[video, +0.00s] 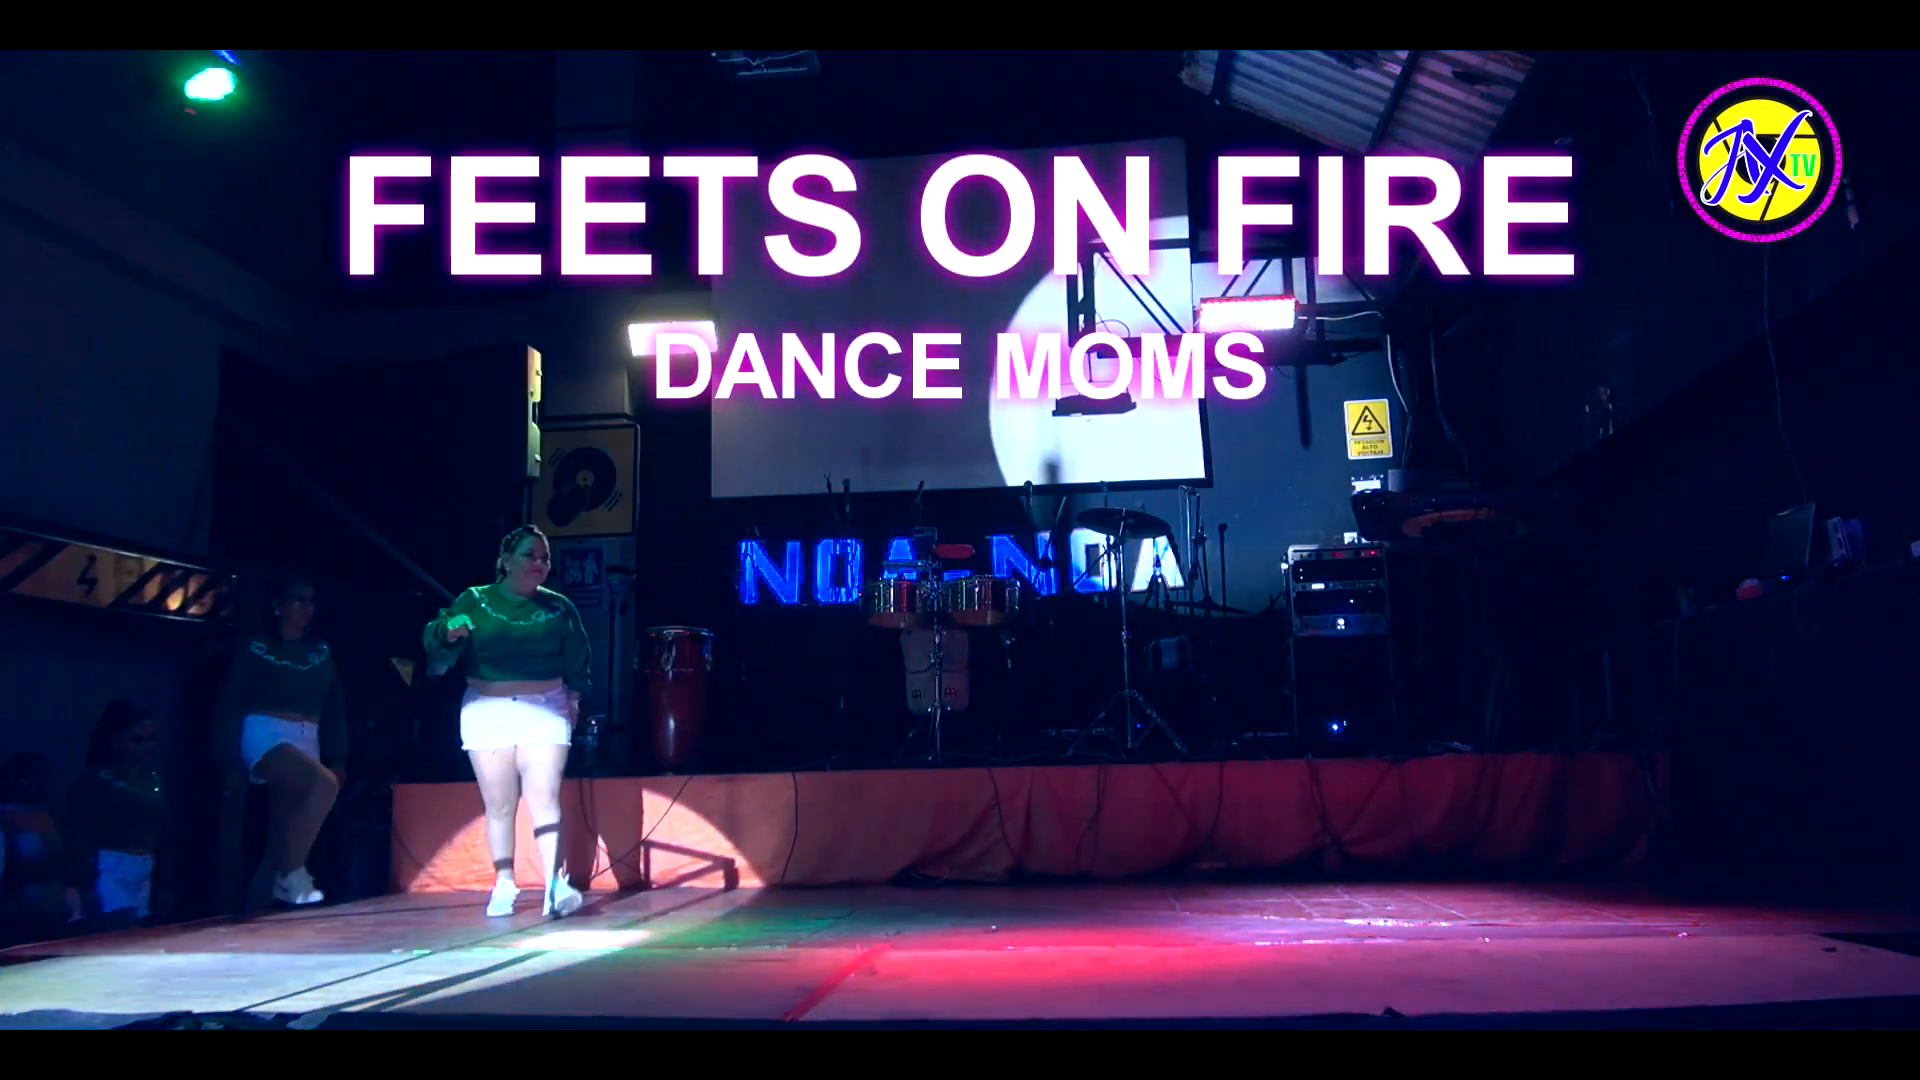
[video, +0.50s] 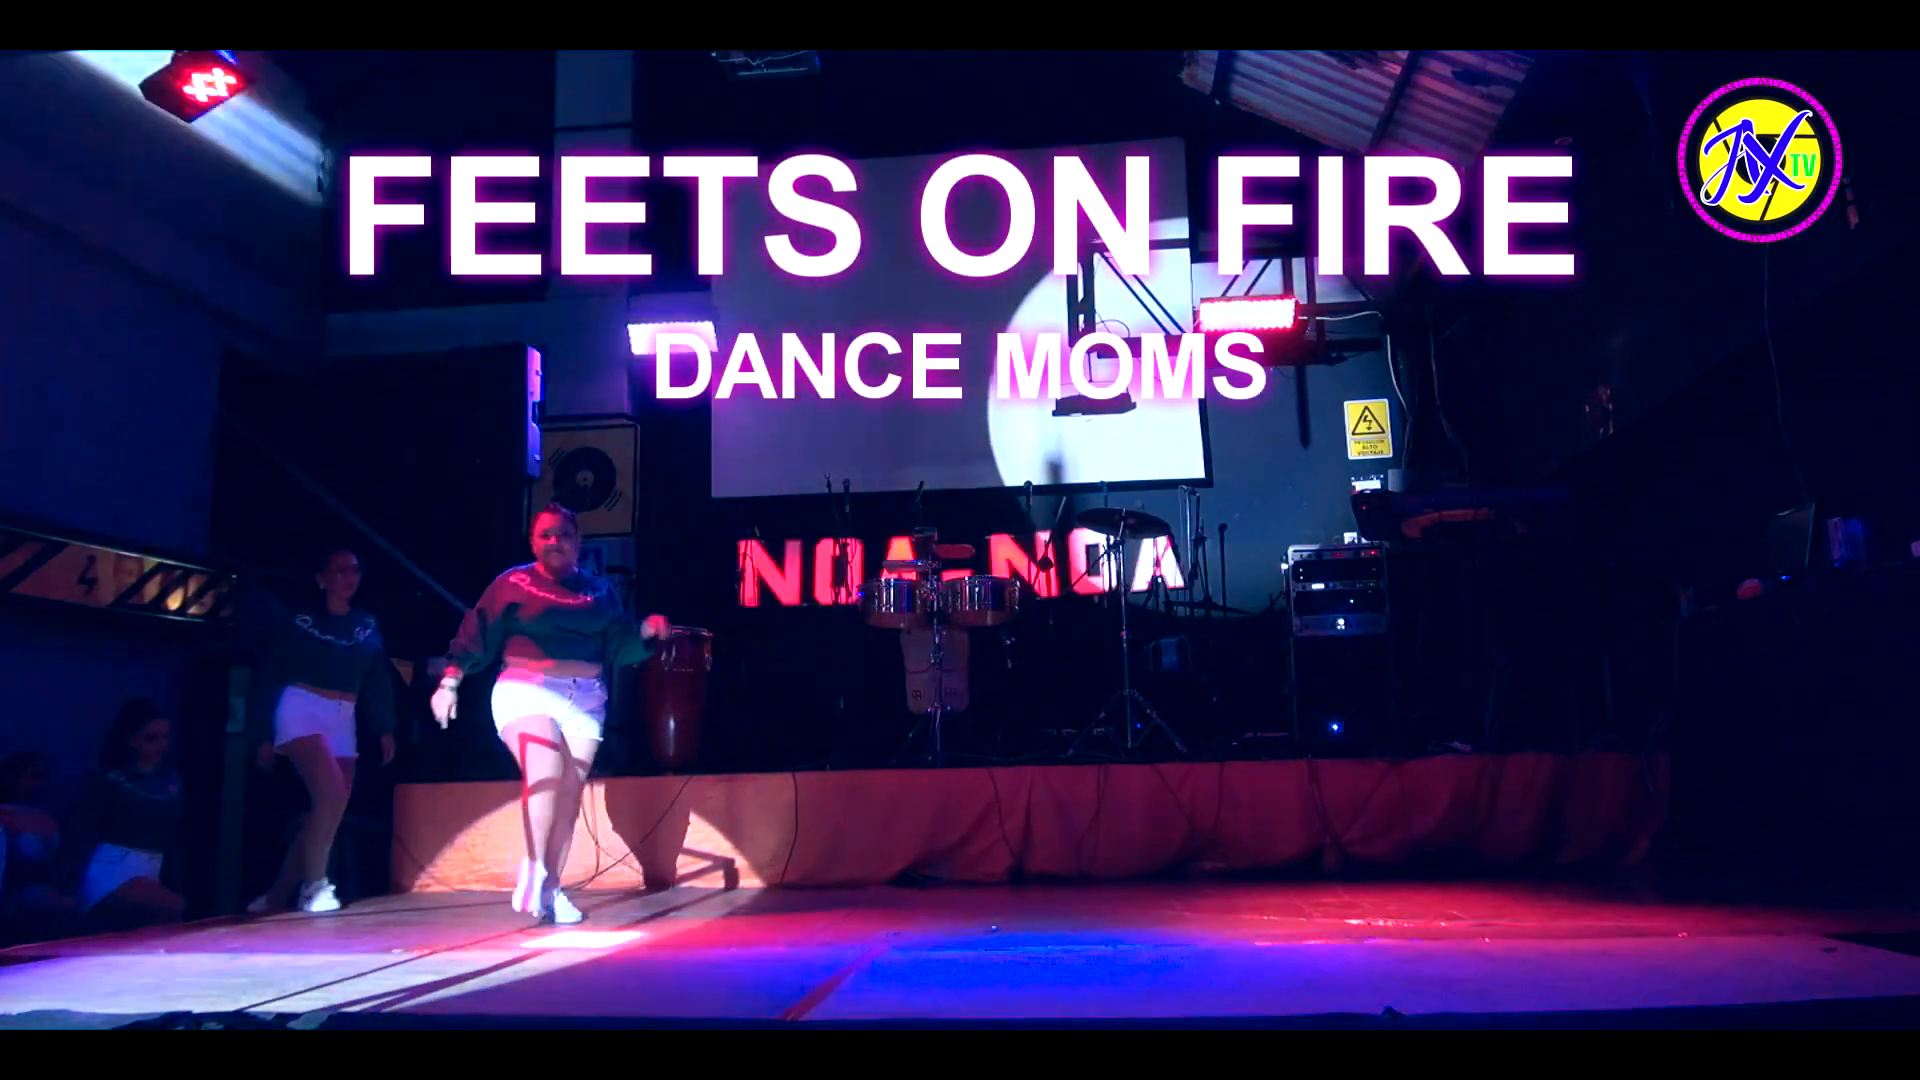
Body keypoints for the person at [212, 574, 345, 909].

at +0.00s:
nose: (305, 610)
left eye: (309, 603)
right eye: (298, 602)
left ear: (313, 610)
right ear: (280, 606)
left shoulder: (320, 653)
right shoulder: (257, 647)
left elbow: (333, 710)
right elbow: (235, 699)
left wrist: (335, 758)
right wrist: (229, 750)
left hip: (308, 734)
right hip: (265, 730)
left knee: (288, 817)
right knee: (323, 783)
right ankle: (293, 873)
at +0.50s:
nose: (348, 577)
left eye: (353, 571)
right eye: (340, 571)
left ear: (360, 577)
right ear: (322, 577)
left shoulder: (365, 625)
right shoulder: (298, 617)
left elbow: (379, 682)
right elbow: (272, 676)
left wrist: (385, 730)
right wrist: (266, 735)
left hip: (343, 716)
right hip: (300, 707)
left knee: (330, 808)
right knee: (332, 795)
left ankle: (276, 897)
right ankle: (315, 887)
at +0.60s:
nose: (358, 565)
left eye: (363, 559)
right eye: (349, 559)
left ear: (369, 568)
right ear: (331, 566)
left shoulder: (372, 614)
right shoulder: (307, 604)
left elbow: (384, 670)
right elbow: (282, 663)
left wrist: (392, 716)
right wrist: (276, 722)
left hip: (353, 704)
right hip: (309, 695)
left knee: (359, 799)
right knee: (329, 789)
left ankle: (283, 867)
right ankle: (314, 886)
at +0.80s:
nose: (381, 552)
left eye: (385, 546)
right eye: (373, 545)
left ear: (391, 554)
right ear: (353, 551)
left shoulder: (388, 597)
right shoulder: (331, 591)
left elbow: (394, 655)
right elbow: (310, 646)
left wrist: (395, 702)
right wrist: (313, 701)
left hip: (375, 685)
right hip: (334, 681)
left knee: (398, 774)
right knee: (329, 787)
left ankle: (346, 853)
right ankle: (314, 884)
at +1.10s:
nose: (432, 553)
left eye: (433, 548)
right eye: (423, 548)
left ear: (431, 558)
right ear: (399, 557)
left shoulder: (432, 601)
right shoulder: (381, 596)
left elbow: (457, 642)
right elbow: (361, 655)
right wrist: (381, 694)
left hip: (424, 696)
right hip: (380, 696)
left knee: (442, 786)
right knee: (379, 794)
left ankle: (406, 886)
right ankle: (326, 877)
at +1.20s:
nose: (448, 552)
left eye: (447, 547)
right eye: (438, 547)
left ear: (443, 558)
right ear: (414, 556)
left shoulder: (451, 601)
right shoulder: (398, 599)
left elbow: (465, 651)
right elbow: (378, 658)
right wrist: (391, 708)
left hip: (446, 694)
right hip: (407, 695)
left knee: (450, 794)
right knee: (424, 792)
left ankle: (407, 885)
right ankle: (352, 854)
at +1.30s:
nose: (461, 547)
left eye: (461, 542)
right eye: (451, 542)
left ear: (464, 551)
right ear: (427, 551)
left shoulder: (474, 588)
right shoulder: (412, 592)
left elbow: (488, 646)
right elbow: (388, 649)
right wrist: (395, 702)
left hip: (469, 682)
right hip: (425, 680)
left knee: (450, 779)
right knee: (460, 771)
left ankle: (408, 882)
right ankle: (405, 863)